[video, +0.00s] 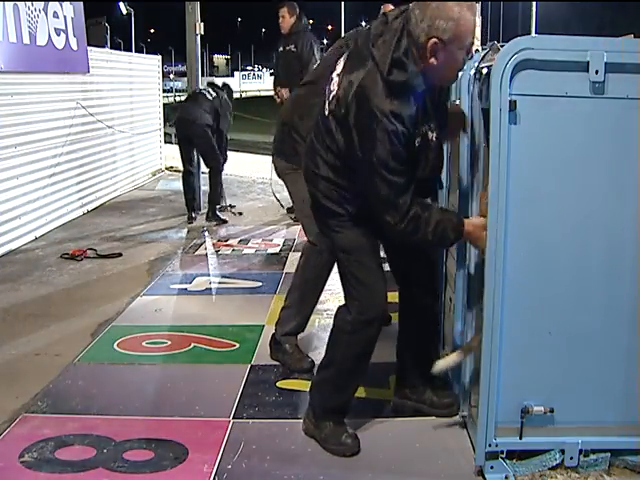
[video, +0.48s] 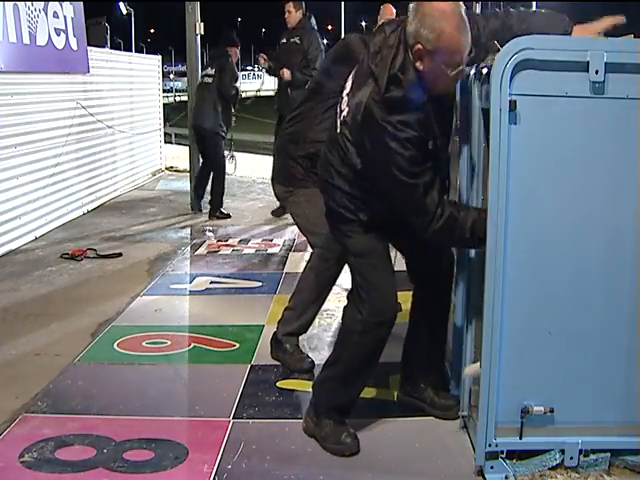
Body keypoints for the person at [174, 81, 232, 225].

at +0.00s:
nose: (230, 101)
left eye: (230, 99)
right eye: (230, 98)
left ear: (219, 89)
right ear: (227, 94)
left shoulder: (200, 92)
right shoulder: (224, 101)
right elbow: (222, 129)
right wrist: (222, 154)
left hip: (182, 124)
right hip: (200, 126)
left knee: (188, 169)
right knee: (215, 165)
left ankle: (191, 211)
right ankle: (213, 211)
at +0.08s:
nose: (231, 93)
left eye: (231, 91)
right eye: (230, 90)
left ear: (213, 78)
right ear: (227, 84)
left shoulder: (201, 84)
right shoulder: (224, 90)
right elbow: (223, 117)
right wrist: (223, 143)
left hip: (182, 124)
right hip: (199, 125)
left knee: (189, 169)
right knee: (217, 161)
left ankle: (191, 211)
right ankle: (213, 205)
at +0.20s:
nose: (234, 77)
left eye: (235, 74)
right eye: (234, 73)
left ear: (219, 67)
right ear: (229, 70)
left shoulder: (203, 76)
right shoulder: (225, 80)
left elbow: (196, 100)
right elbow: (223, 105)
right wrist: (225, 120)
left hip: (186, 122)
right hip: (202, 124)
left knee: (192, 169)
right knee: (218, 163)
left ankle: (192, 210)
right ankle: (216, 207)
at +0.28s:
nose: (235, 68)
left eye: (235, 65)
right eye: (235, 65)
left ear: (219, 60)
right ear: (230, 62)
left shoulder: (204, 72)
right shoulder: (225, 73)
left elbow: (197, 98)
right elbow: (225, 99)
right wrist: (227, 114)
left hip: (189, 123)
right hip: (205, 125)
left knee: (194, 169)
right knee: (217, 167)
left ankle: (192, 209)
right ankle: (215, 209)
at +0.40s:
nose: (237, 60)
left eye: (237, 56)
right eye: (236, 56)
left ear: (221, 54)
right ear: (230, 54)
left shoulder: (207, 68)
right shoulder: (227, 69)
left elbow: (203, 95)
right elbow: (227, 95)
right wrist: (233, 106)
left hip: (194, 121)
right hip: (209, 124)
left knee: (201, 164)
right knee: (219, 166)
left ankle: (192, 199)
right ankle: (216, 208)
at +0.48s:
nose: (238, 55)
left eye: (238, 51)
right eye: (237, 51)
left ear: (223, 50)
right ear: (231, 50)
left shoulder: (210, 66)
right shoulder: (227, 66)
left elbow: (206, 92)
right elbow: (227, 91)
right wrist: (236, 94)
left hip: (199, 122)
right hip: (212, 123)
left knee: (207, 162)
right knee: (219, 165)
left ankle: (196, 201)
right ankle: (216, 207)